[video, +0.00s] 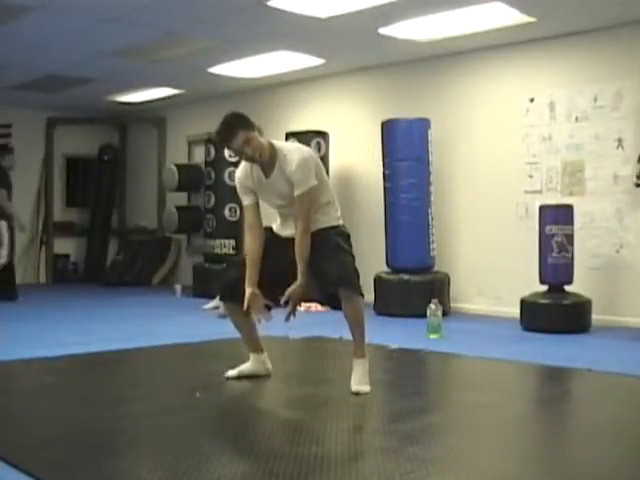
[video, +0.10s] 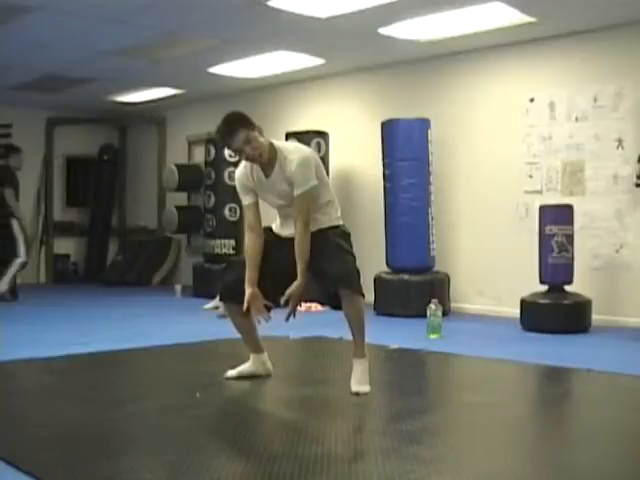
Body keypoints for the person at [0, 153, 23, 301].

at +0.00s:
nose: (14, 161)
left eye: (13, 157)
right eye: (11, 157)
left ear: (7, 158)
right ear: (4, 158)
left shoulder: (6, 175)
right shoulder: (3, 175)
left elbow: (5, 201)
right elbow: (4, 201)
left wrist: (16, 218)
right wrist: (17, 219)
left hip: (7, 221)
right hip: (4, 222)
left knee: (8, 255)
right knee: (5, 255)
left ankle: (8, 288)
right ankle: (6, 289)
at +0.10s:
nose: (20, 161)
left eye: (20, 157)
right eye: (18, 157)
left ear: (11, 159)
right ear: (10, 158)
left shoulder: (8, 172)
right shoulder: (7, 172)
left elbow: (9, 198)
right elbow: (9, 197)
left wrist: (19, 217)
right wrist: (21, 218)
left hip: (10, 216)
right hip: (8, 217)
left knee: (13, 254)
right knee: (21, 255)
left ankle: (9, 288)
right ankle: (4, 287)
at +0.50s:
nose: (53, 162)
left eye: (52, 159)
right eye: (51, 159)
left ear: (39, 160)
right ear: (46, 160)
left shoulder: (33, 177)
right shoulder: (48, 176)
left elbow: (33, 206)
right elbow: (50, 204)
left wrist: (35, 224)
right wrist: (54, 227)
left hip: (36, 224)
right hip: (47, 224)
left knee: (32, 255)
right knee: (55, 256)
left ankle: (18, 285)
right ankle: (56, 289)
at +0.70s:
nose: (69, 163)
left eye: (68, 160)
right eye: (66, 160)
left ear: (53, 161)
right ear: (58, 161)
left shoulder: (46, 176)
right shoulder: (63, 176)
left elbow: (43, 202)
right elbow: (71, 199)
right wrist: (83, 216)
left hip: (50, 217)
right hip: (62, 218)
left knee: (52, 251)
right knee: (64, 253)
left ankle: (53, 285)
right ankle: (58, 289)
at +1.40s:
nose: (120, 171)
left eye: (120, 166)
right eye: (118, 166)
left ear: (104, 163)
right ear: (110, 165)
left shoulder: (97, 178)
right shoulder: (106, 180)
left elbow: (102, 202)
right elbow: (106, 203)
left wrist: (114, 215)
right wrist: (117, 217)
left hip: (96, 219)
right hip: (106, 220)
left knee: (96, 252)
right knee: (120, 253)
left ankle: (92, 284)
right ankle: (134, 283)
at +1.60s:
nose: (134, 167)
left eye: (134, 163)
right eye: (132, 163)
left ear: (103, 159)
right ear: (123, 162)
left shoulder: (98, 175)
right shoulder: (122, 178)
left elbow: (93, 200)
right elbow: (125, 202)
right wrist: (133, 217)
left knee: (100, 250)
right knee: (130, 253)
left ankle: (97, 283)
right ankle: (137, 287)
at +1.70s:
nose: (139, 165)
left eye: (138, 162)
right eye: (136, 162)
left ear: (126, 164)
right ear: (129, 163)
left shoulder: (118, 176)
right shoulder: (129, 178)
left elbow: (116, 201)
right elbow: (131, 203)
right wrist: (140, 219)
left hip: (119, 218)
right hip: (129, 220)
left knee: (120, 251)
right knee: (133, 253)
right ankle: (137, 286)